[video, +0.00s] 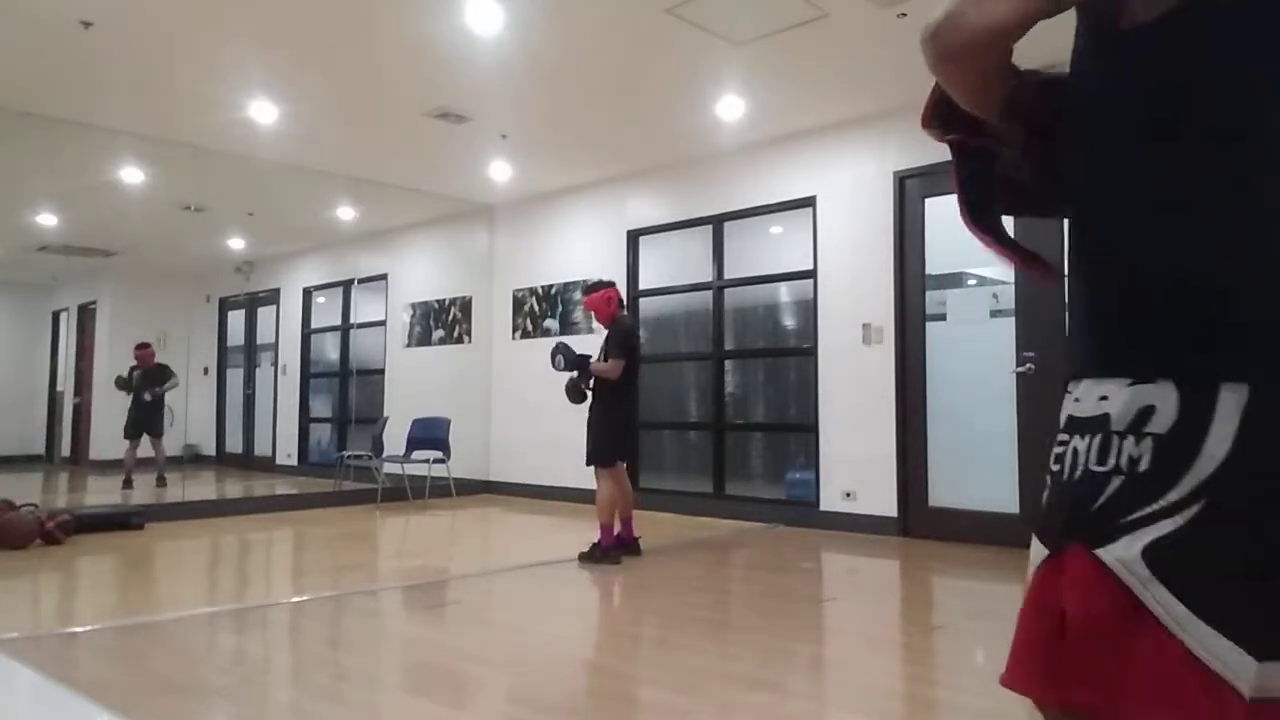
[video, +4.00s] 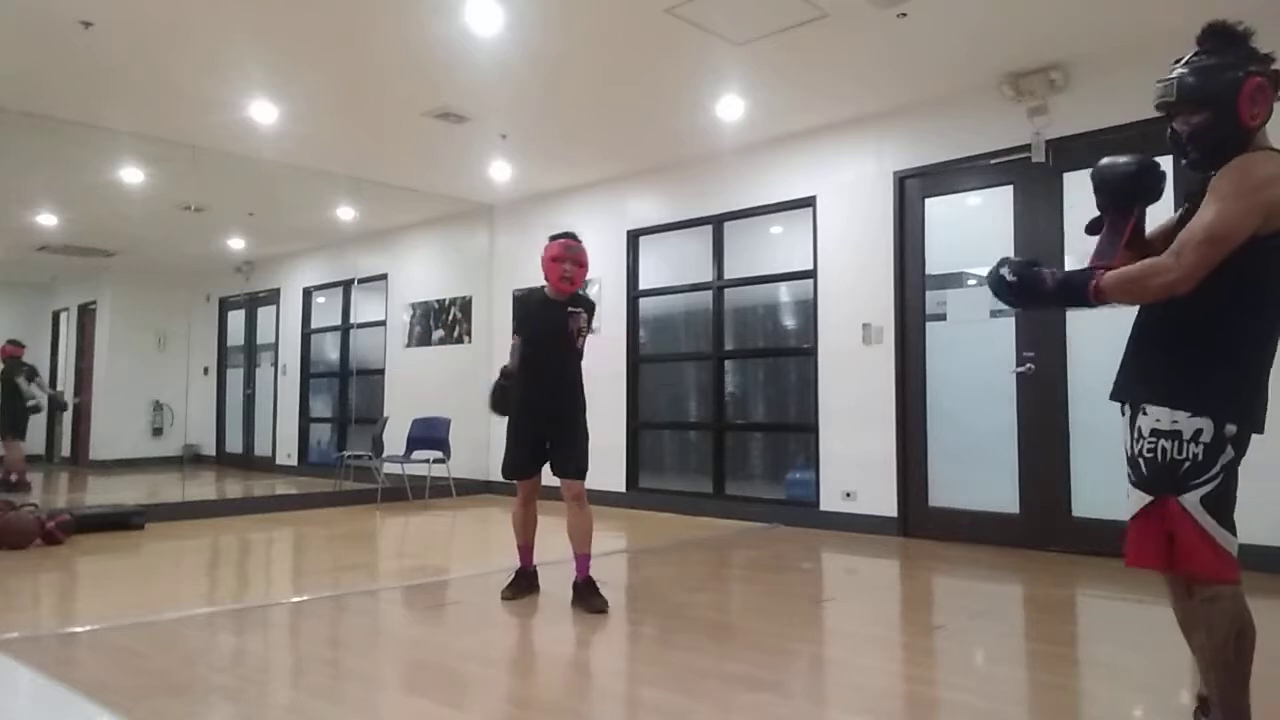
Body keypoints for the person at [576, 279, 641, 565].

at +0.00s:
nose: (593, 315)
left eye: (594, 309)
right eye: (591, 310)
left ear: (608, 303)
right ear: (610, 304)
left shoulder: (620, 329)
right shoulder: (620, 328)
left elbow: (614, 370)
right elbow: (612, 368)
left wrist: (584, 364)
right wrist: (587, 374)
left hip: (608, 415)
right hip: (618, 413)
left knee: (603, 473)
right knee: (617, 471)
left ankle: (606, 544)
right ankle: (627, 537)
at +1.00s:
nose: (603, 317)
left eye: (608, 311)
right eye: (598, 311)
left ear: (621, 307)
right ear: (594, 310)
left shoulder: (634, 332)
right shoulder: (593, 334)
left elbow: (635, 372)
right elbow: (570, 359)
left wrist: (602, 385)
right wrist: (575, 357)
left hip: (621, 413)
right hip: (595, 412)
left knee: (620, 476)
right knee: (582, 473)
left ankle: (621, 540)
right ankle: (614, 526)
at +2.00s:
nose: (559, 299)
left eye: (565, 293)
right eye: (553, 293)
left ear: (575, 297)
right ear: (543, 296)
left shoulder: (582, 328)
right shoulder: (530, 328)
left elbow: (603, 363)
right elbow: (505, 365)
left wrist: (580, 364)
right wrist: (530, 358)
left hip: (572, 410)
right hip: (541, 411)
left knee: (574, 476)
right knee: (547, 477)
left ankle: (584, 546)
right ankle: (553, 546)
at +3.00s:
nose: (572, 298)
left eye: (579, 291)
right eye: (565, 290)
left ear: (589, 291)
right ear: (552, 290)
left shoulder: (598, 322)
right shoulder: (537, 321)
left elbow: (610, 353)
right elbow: (509, 351)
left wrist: (578, 345)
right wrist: (528, 356)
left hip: (582, 416)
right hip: (545, 413)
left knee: (576, 487)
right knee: (534, 482)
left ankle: (573, 558)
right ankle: (519, 562)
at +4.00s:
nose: (567, 269)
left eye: (576, 262)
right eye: (559, 260)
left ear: (585, 270)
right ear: (544, 265)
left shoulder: (584, 308)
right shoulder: (524, 302)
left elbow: (576, 355)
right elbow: (516, 350)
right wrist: (508, 377)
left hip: (567, 409)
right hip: (527, 408)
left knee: (575, 492)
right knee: (527, 490)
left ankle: (583, 581)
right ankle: (525, 573)